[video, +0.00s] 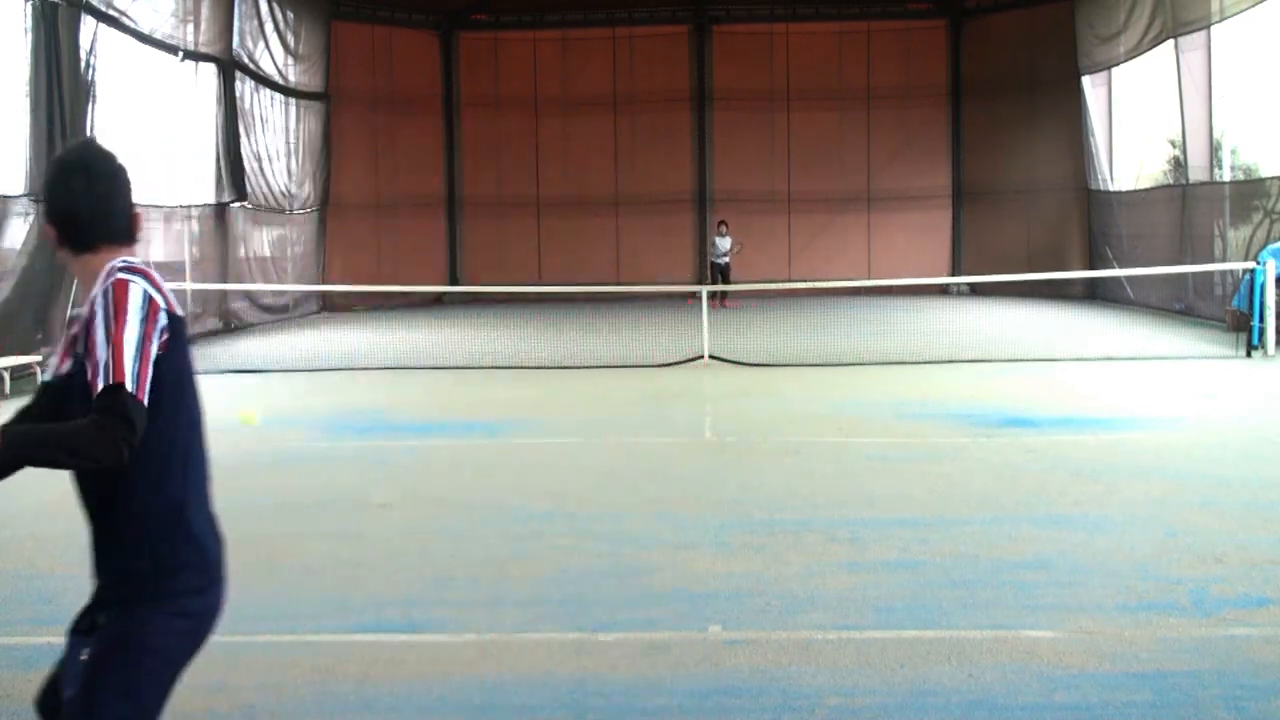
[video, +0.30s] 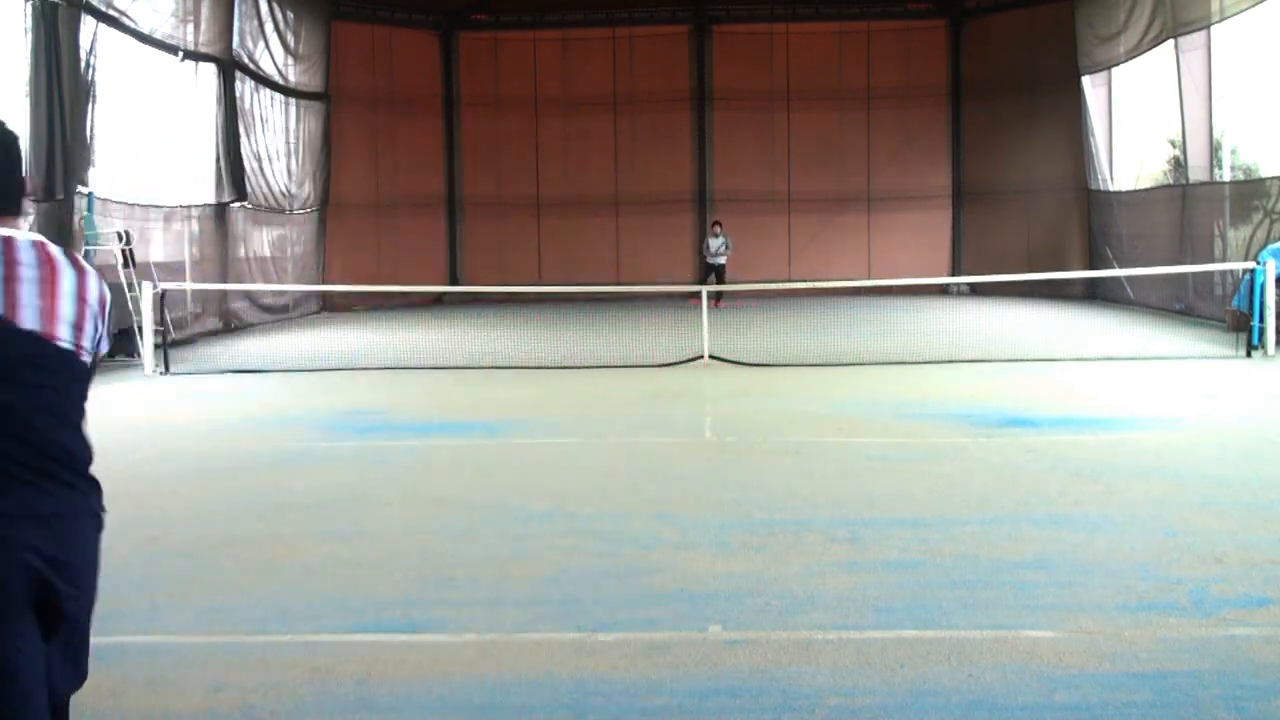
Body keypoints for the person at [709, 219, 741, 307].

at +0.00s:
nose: (722, 230)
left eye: (724, 227)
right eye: (721, 227)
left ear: (727, 229)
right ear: (718, 229)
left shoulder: (729, 239)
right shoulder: (715, 239)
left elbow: (730, 251)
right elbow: (710, 251)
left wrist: (736, 249)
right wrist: (721, 254)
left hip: (725, 263)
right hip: (715, 262)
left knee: (727, 282)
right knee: (715, 281)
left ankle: (723, 299)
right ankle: (714, 299)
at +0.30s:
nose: (716, 230)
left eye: (718, 228)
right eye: (715, 228)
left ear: (721, 229)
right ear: (712, 229)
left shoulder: (725, 239)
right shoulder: (708, 239)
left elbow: (729, 251)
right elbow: (704, 250)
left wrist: (721, 253)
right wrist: (710, 255)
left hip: (720, 263)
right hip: (710, 262)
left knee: (721, 282)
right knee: (703, 279)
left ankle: (718, 301)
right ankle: (698, 296)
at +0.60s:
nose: (708, 235)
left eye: (709, 232)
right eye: (706, 232)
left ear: (712, 234)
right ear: (704, 234)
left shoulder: (717, 243)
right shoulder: (700, 244)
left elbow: (722, 253)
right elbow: (697, 255)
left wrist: (715, 258)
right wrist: (702, 260)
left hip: (715, 266)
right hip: (704, 266)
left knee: (721, 283)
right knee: (699, 282)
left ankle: (726, 299)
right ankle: (695, 297)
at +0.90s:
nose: (703, 239)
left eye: (705, 237)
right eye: (702, 237)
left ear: (708, 238)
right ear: (700, 239)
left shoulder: (711, 246)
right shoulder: (702, 248)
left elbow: (709, 256)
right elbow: (702, 257)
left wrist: (695, 256)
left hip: (716, 268)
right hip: (707, 268)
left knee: (720, 284)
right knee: (700, 283)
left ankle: (726, 301)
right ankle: (699, 300)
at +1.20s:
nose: (698, 243)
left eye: (699, 240)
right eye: (696, 241)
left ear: (703, 241)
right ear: (695, 242)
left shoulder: (706, 249)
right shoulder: (700, 251)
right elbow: (695, 260)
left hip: (717, 269)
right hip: (708, 271)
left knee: (717, 284)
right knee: (701, 284)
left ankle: (722, 302)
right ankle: (701, 301)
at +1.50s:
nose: (700, 245)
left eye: (701, 243)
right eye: (698, 244)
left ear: (704, 243)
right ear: (696, 245)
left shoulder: (709, 250)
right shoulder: (701, 254)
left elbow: (718, 257)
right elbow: (703, 266)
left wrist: (725, 265)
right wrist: (701, 274)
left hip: (721, 270)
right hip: (712, 273)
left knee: (717, 284)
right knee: (702, 284)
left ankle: (721, 302)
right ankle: (706, 302)